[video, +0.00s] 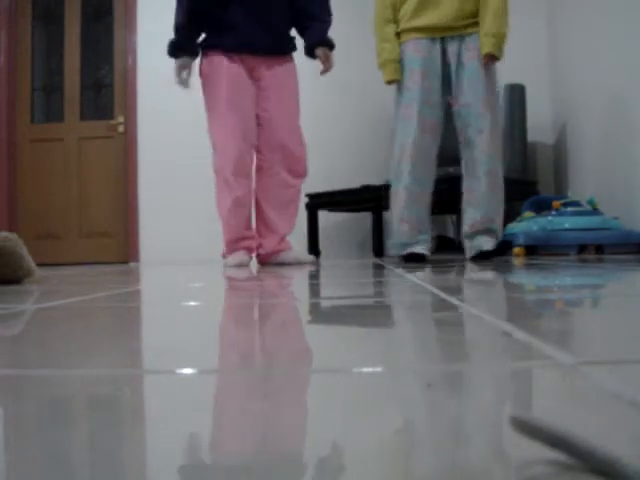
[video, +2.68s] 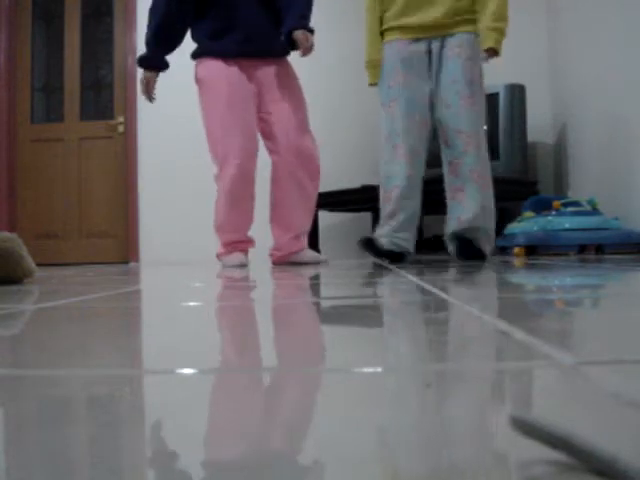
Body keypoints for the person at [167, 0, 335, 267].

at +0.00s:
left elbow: (310, 0)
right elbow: (190, 2)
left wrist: (317, 36)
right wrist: (185, 46)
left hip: (276, 55)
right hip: (223, 54)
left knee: (284, 152)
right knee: (233, 154)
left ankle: (273, 246)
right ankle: (238, 248)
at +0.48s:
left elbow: (306, 9)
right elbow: (192, 7)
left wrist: (312, 61)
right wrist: (188, 37)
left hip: (274, 59)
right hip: (218, 64)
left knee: (260, 119)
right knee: (215, 159)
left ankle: (272, 203)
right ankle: (238, 245)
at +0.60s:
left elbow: (306, 6)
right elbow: (193, 5)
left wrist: (311, 53)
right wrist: (191, 40)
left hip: (278, 53)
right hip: (221, 59)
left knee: (273, 119)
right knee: (224, 161)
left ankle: (280, 201)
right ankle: (239, 247)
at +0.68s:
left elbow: (309, 1)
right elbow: (192, 2)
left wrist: (314, 44)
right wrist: (192, 41)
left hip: (285, 49)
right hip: (227, 52)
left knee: (292, 153)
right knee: (236, 156)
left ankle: (296, 239)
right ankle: (242, 244)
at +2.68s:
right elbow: (171, 6)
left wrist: (298, 23)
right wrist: (153, 58)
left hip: (272, 60)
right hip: (220, 60)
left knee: (297, 150)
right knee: (237, 156)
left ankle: (290, 246)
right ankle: (234, 248)